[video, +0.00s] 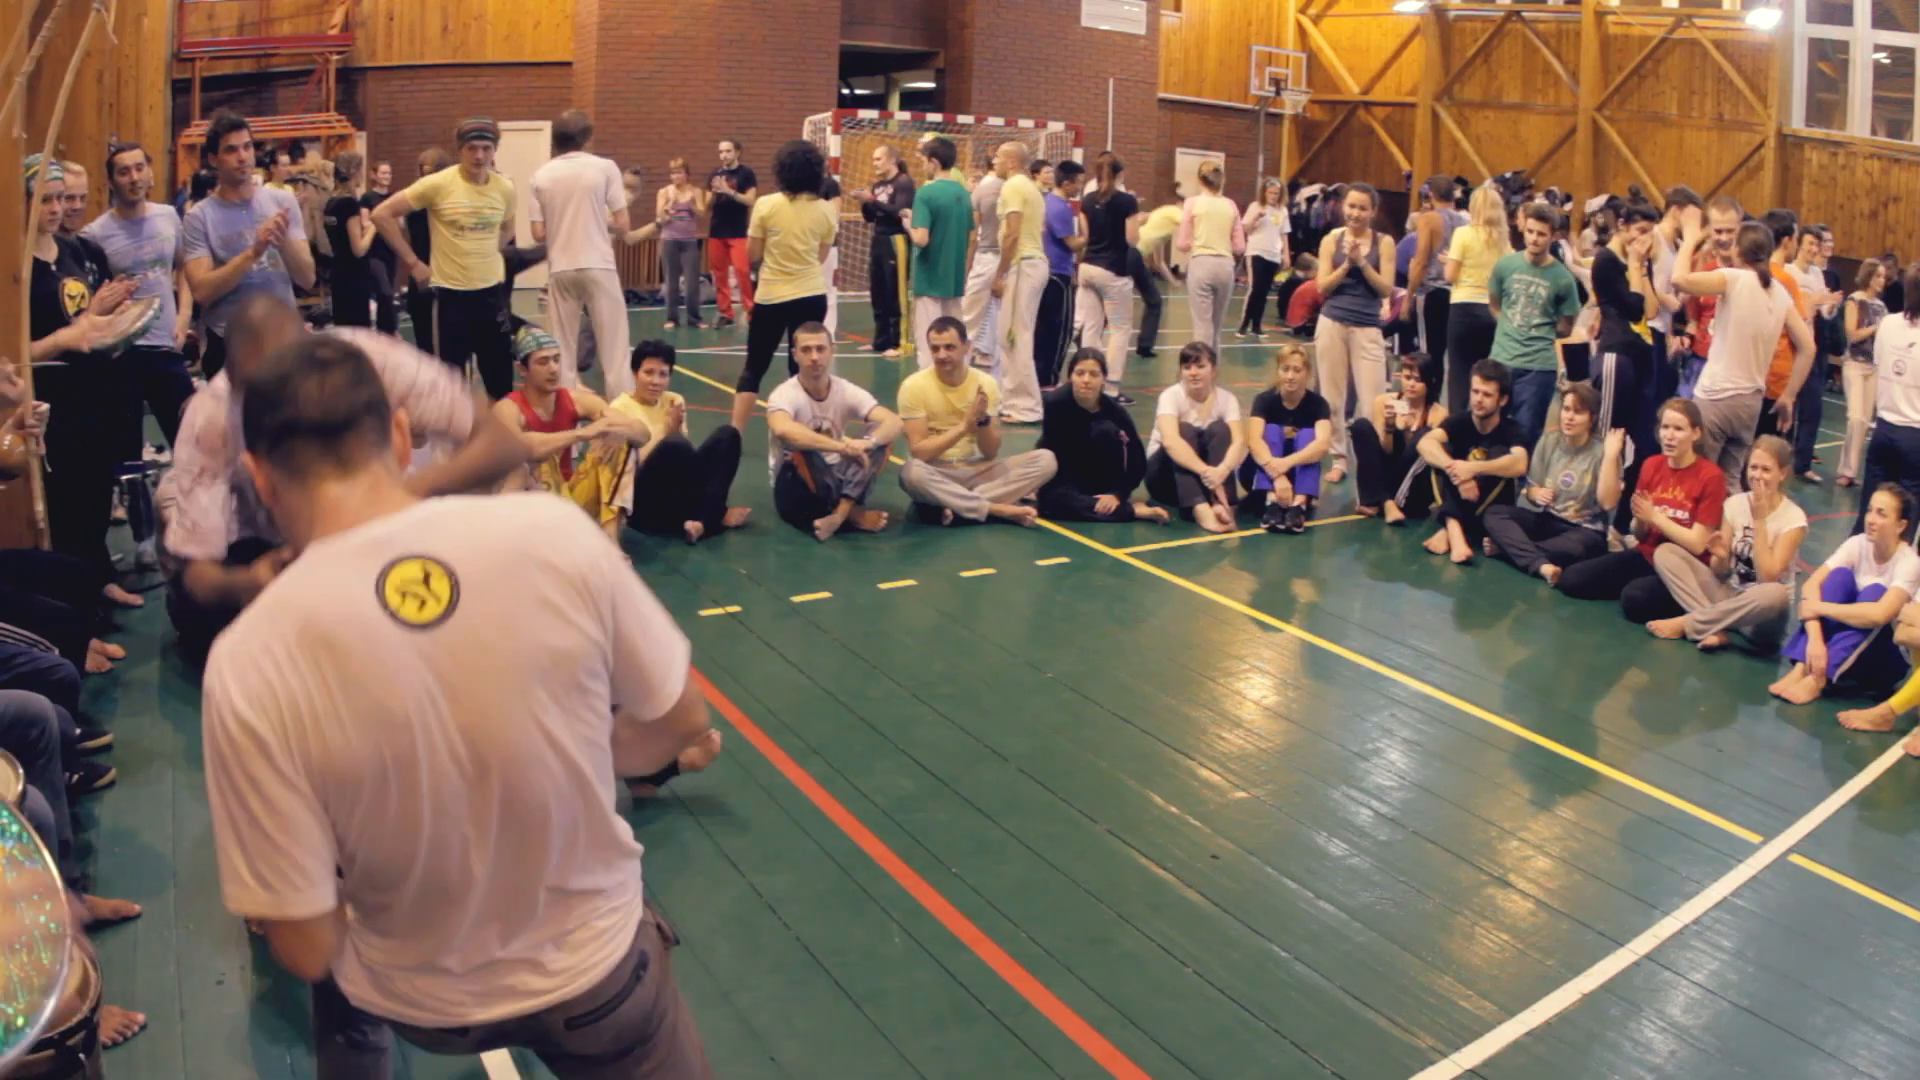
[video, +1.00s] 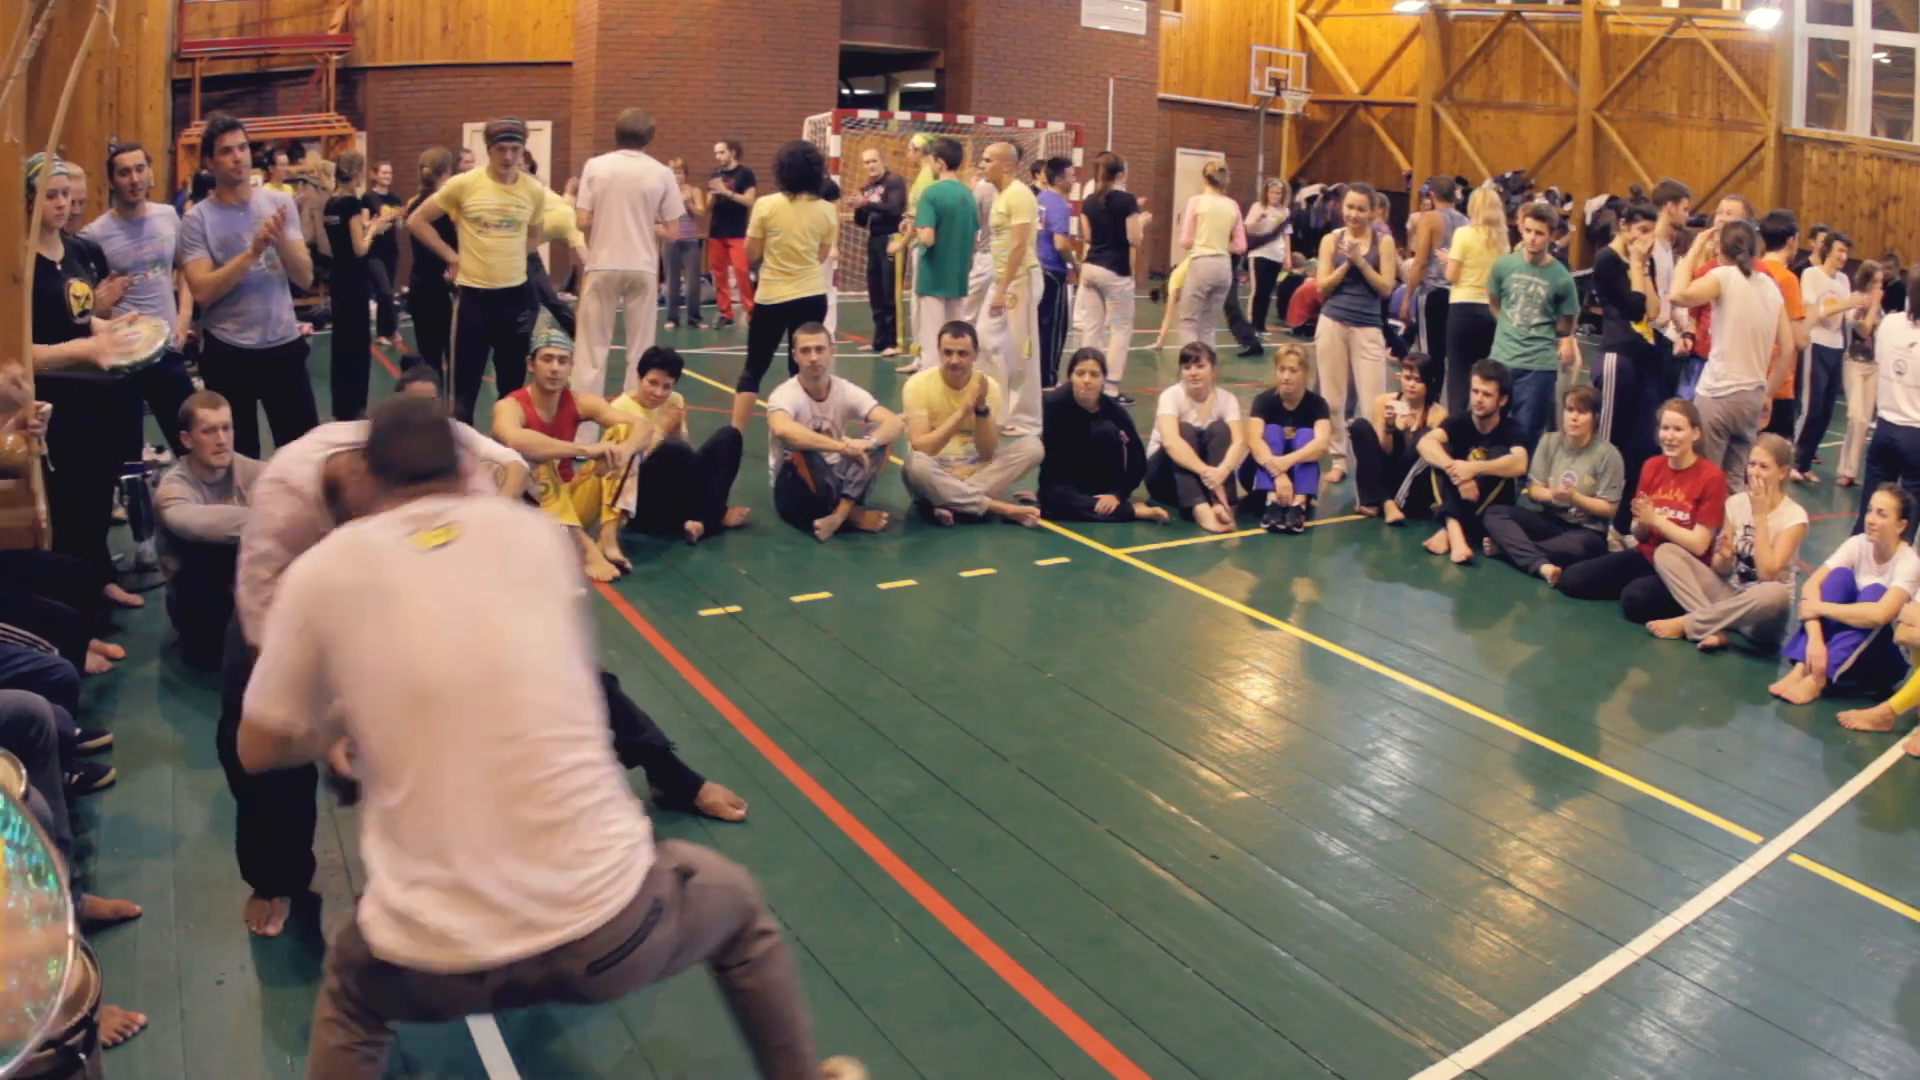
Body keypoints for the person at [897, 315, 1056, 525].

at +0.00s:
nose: (942, 355)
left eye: (950, 348)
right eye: (935, 349)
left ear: (966, 348)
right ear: (929, 349)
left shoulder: (986, 383)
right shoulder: (914, 386)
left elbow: (990, 451)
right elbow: (920, 452)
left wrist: (982, 418)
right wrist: (964, 428)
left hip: (980, 470)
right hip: (938, 472)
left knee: (1047, 460)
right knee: (911, 473)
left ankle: (960, 508)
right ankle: (993, 510)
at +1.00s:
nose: (954, 361)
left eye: (963, 354)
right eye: (948, 353)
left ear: (975, 355)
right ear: (939, 352)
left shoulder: (989, 386)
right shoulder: (918, 385)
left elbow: (987, 452)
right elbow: (921, 447)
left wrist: (981, 409)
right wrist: (963, 410)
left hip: (979, 465)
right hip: (938, 465)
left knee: (1033, 447)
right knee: (916, 466)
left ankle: (955, 504)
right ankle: (1002, 509)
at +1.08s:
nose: (954, 357)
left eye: (962, 350)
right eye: (947, 349)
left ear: (975, 351)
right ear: (938, 350)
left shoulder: (988, 381)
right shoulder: (918, 381)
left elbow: (995, 436)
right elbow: (920, 436)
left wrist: (982, 391)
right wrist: (963, 400)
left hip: (974, 463)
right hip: (937, 463)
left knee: (1023, 442)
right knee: (919, 456)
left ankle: (949, 501)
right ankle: (1002, 507)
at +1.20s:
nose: (954, 353)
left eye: (961, 346)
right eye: (946, 346)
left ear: (974, 348)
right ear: (937, 348)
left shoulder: (983, 376)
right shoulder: (919, 377)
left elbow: (1008, 414)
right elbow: (917, 418)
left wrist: (986, 368)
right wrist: (962, 384)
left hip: (971, 470)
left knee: (1019, 432)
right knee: (925, 437)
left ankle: (947, 499)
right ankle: (997, 506)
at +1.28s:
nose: (954, 352)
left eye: (961, 346)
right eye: (946, 346)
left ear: (972, 348)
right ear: (937, 348)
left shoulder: (981, 375)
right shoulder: (919, 376)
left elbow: (1018, 406)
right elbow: (915, 412)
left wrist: (989, 361)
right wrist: (962, 376)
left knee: (1012, 427)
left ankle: (948, 499)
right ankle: (990, 503)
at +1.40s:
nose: (954, 355)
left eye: (961, 348)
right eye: (946, 349)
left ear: (973, 349)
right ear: (937, 350)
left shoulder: (987, 378)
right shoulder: (919, 378)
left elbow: (1030, 410)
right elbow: (910, 416)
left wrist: (1007, 376)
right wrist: (960, 391)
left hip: (979, 451)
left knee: (1013, 424)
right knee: (935, 426)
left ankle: (975, 475)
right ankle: (968, 478)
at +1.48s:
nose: (956, 358)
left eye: (963, 350)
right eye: (948, 351)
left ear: (974, 351)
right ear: (938, 353)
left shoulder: (987, 379)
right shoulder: (920, 381)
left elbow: (1032, 418)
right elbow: (914, 419)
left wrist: (1013, 390)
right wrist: (961, 410)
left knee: (1011, 424)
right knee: (940, 429)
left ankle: (975, 480)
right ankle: (975, 480)